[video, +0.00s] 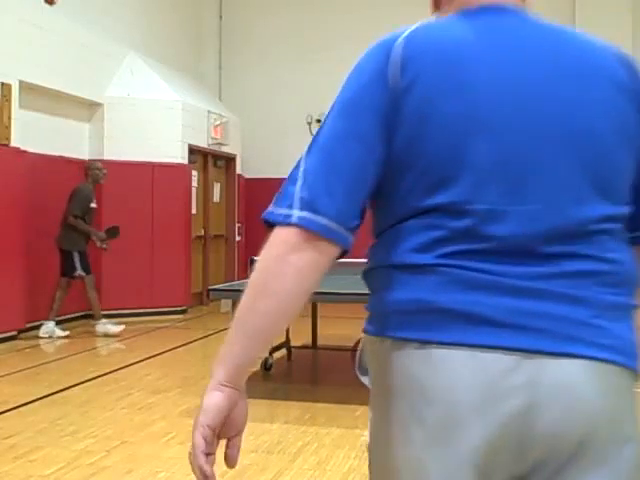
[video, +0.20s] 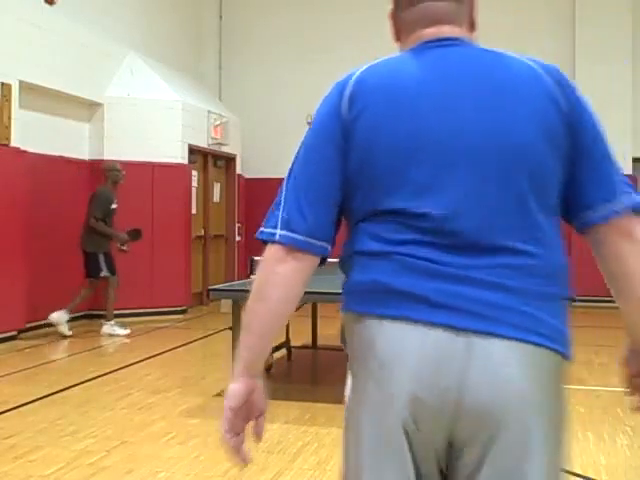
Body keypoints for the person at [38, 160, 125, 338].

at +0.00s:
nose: (104, 173)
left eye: (103, 170)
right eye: (100, 170)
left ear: (95, 173)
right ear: (90, 172)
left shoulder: (89, 192)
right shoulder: (83, 191)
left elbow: (83, 221)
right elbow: (72, 218)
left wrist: (96, 239)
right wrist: (94, 233)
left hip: (72, 242)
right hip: (73, 243)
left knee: (64, 283)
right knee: (89, 280)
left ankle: (49, 324)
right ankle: (100, 322)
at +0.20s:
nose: (123, 174)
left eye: (122, 171)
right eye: (119, 171)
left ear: (113, 175)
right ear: (109, 174)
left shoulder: (110, 195)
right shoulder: (102, 194)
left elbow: (106, 223)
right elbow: (94, 222)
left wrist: (117, 241)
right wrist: (117, 235)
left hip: (98, 245)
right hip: (96, 246)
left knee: (92, 283)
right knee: (112, 280)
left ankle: (63, 315)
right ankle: (109, 322)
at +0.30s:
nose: (130, 173)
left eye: (130, 169)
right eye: (126, 169)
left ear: (124, 173)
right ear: (118, 172)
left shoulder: (120, 192)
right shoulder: (112, 192)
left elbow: (117, 220)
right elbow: (105, 219)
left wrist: (124, 239)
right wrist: (129, 231)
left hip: (113, 243)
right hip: (107, 244)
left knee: (114, 280)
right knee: (117, 280)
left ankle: (85, 307)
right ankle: (110, 322)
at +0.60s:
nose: (162, 173)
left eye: (161, 170)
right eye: (158, 170)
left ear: (156, 173)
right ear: (150, 172)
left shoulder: (154, 195)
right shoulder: (146, 195)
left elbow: (151, 221)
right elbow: (143, 221)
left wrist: (169, 231)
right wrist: (167, 230)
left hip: (147, 247)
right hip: (135, 247)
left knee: (158, 281)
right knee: (131, 284)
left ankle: (171, 318)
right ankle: (111, 322)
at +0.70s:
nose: (174, 175)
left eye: (174, 171)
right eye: (171, 172)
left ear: (167, 175)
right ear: (163, 175)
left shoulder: (165, 196)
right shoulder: (158, 196)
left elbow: (163, 223)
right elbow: (156, 222)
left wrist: (179, 235)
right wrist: (178, 234)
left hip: (161, 249)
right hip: (149, 248)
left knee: (173, 280)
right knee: (143, 285)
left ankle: (175, 319)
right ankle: (117, 318)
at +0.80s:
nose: (189, 175)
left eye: (188, 172)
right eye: (186, 172)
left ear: (178, 176)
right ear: (178, 175)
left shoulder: (177, 196)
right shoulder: (169, 196)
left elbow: (175, 223)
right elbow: (166, 220)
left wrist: (192, 237)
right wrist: (188, 234)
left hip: (174, 247)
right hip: (164, 247)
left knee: (183, 280)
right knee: (167, 284)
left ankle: (178, 319)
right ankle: (134, 309)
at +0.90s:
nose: (197, 173)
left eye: (198, 169)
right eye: (195, 169)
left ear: (191, 172)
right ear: (186, 171)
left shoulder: (186, 192)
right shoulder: (180, 192)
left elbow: (184, 219)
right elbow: (175, 217)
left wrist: (199, 233)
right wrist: (197, 230)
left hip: (183, 243)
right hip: (177, 243)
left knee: (187, 280)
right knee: (187, 279)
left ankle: (177, 317)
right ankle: (160, 308)